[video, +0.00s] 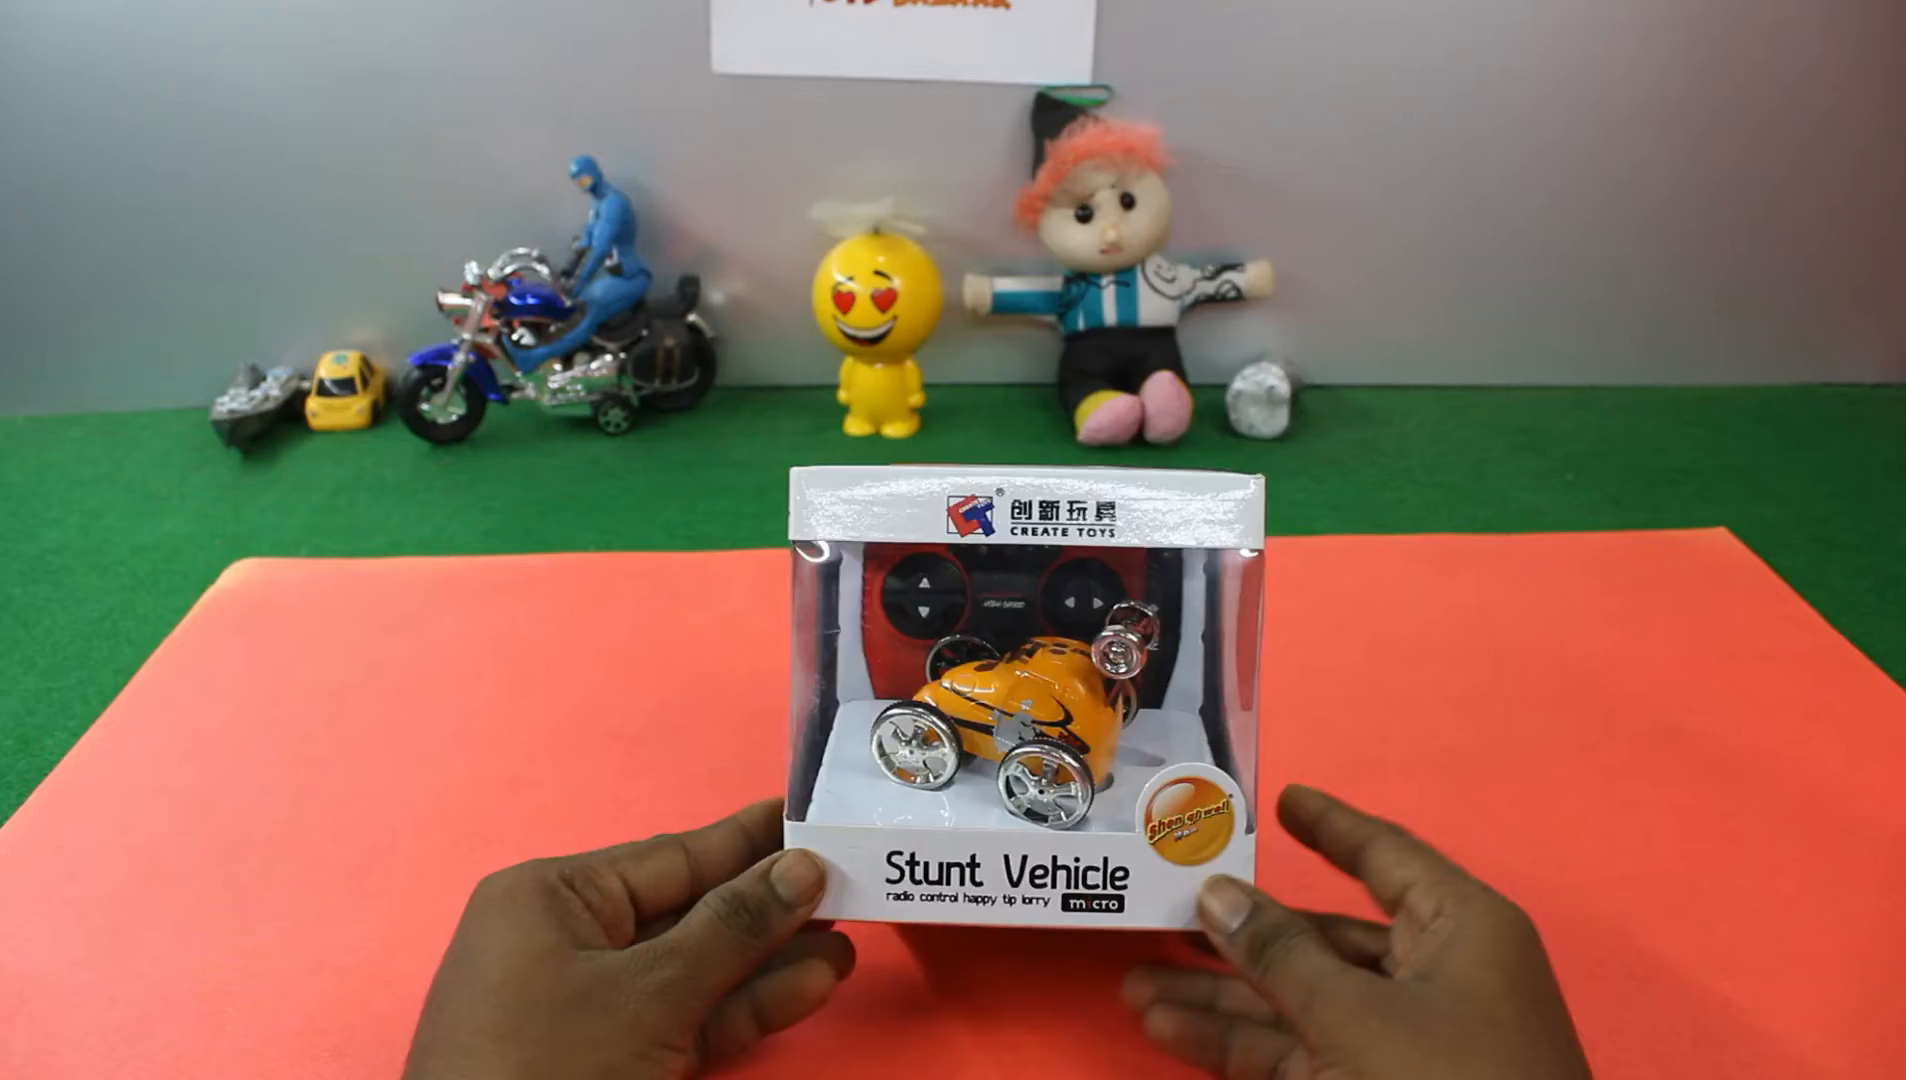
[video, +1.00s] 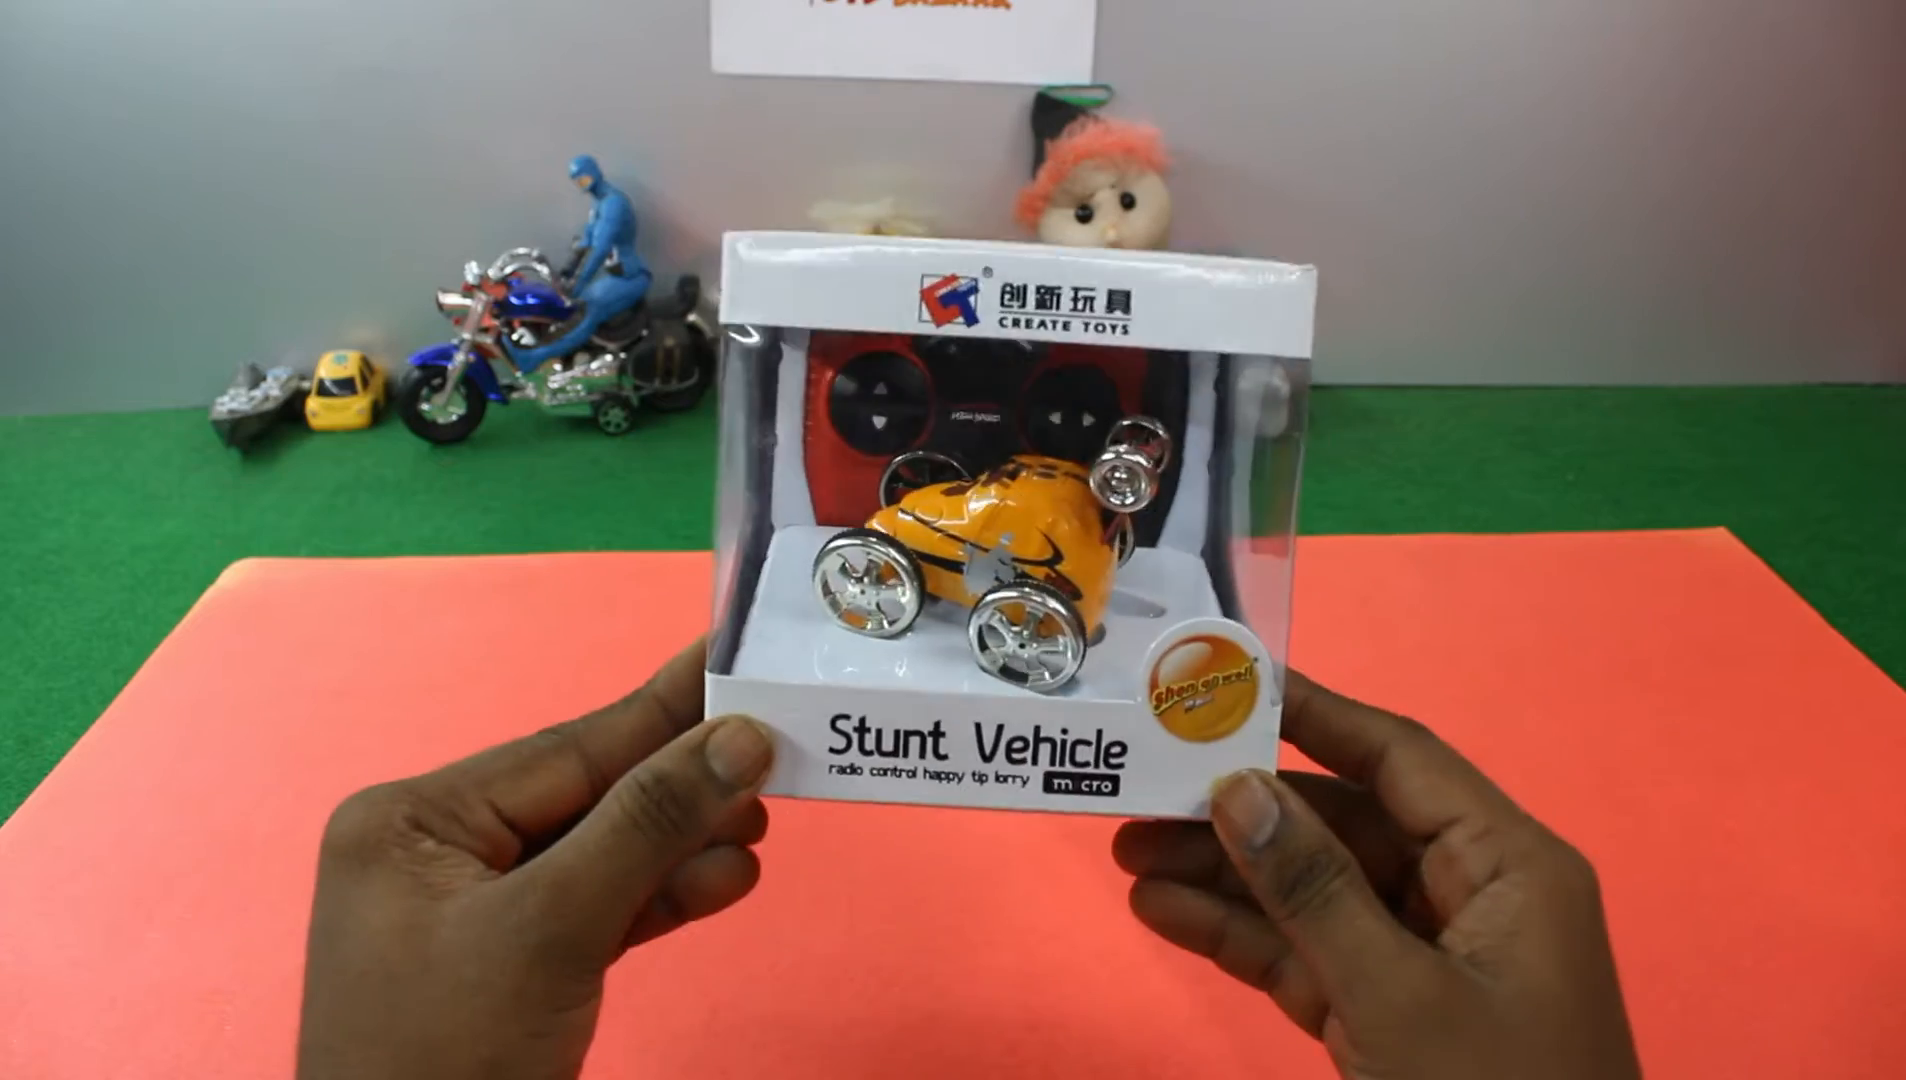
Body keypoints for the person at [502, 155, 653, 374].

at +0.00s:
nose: (581, 184)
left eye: (583, 177)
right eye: (577, 180)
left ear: (594, 174)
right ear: (576, 182)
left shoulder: (614, 203)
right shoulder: (598, 204)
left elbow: (601, 249)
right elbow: (586, 241)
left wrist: (577, 288)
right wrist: (567, 271)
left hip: (631, 277)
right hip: (611, 272)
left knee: (593, 313)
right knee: (574, 301)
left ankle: (532, 358)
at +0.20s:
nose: (581, 184)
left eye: (583, 177)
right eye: (576, 180)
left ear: (594, 174)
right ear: (576, 181)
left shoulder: (614, 203)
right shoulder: (598, 203)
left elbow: (601, 249)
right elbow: (587, 240)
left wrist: (577, 287)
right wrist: (567, 271)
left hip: (631, 277)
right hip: (612, 272)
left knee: (593, 313)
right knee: (574, 301)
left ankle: (531, 359)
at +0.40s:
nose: (581, 184)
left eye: (583, 177)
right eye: (576, 180)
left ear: (594, 174)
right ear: (576, 181)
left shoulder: (613, 204)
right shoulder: (598, 203)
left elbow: (601, 248)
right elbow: (587, 240)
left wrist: (577, 288)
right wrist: (568, 271)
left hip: (630, 277)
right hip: (611, 272)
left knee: (593, 313)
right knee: (574, 302)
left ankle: (532, 358)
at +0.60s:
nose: (581, 184)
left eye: (583, 177)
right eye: (576, 180)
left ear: (594, 174)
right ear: (576, 181)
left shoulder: (613, 203)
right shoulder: (598, 203)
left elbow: (601, 248)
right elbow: (586, 240)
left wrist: (577, 287)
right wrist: (567, 271)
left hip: (630, 277)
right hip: (611, 272)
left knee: (593, 313)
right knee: (574, 301)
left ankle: (532, 359)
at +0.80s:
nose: (581, 184)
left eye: (583, 177)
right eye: (576, 179)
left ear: (594, 174)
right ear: (576, 181)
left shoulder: (614, 203)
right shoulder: (598, 203)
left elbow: (601, 248)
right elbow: (586, 240)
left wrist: (577, 287)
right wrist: (567, 271)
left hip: (630, 277)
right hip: (611, 272)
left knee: (593, 312)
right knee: (574, 302)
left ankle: (532, 358)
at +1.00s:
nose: (581, 184)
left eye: (583, 177)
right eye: (576, 180)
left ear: (594, 174)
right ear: (576, 181)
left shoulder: (614, 203)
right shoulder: (598, 203)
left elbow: (601, 248)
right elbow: (586, 241)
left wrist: (577, 287)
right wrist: (567, 271)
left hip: (630, 277)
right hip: (611, 272)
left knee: (592, 312)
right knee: (574, 302)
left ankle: (532, 358)